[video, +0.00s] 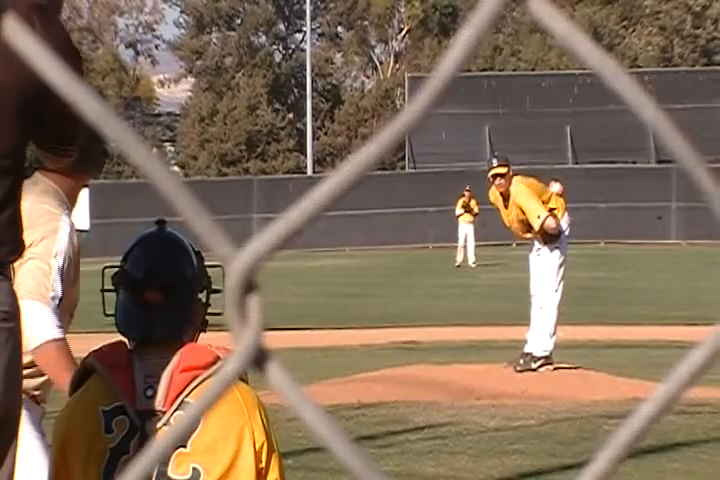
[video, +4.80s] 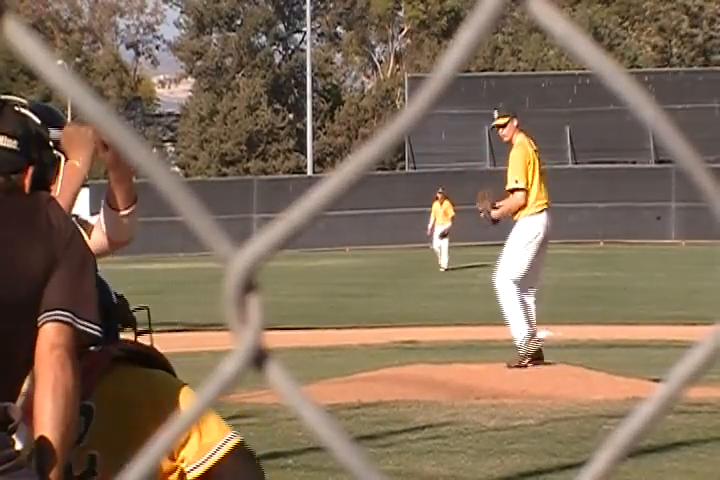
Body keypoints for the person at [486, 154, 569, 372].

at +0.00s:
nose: (499, 181)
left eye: (503, 176)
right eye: (495, 177)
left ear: (510, 175)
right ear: (490, 180)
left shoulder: (520, 190)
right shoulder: (495, 194)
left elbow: (551, 225)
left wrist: (557, 229)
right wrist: (548, 193)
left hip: (552, 238)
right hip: (536, 238)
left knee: (547, 295)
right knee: (536, 294)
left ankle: (542, 350)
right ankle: (532, 347)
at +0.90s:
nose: (490, 171)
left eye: (494, 166)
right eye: (487, 167)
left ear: (503, 165)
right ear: (484, 168)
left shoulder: (512, 182)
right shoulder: (495, 185)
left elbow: (533, 216)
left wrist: (540, 242)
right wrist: (558, 210)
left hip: (552, 225)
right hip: (535, 229)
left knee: (544, 288)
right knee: (523, 288)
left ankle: (543, 351)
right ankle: (530, 348)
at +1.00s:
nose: (491, 163)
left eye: (495, 158)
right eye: (487, 159)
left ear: (504, 158)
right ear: (484, 162)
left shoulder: (510, 175)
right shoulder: (496, 180)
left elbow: (525, 212)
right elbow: (510, 210)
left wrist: (529, 241)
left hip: (548, 226)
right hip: (531, 230)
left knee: (541, 285)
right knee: (519, 287)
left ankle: (542, 350)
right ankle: (528, 348)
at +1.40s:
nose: (504, 129)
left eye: (508, 124)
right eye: (500, 125)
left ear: (517, 125)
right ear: (498, 128)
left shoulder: (515, 150)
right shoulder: (520, 147)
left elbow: (512, 194)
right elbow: (516, 191)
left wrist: (495, 226)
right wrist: (498, 215)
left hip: (537, 214)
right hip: (544, 212)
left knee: (520, 276)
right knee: (529, 277)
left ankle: (531, 343)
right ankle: (531, 340)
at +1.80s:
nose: (512, 120)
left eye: (516, 116)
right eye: (508, 116)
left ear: (526, 117)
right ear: (507, 119)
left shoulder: (521, 143)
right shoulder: (524, 140)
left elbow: (515, 190)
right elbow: (516, 182)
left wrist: (489, 190)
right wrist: (494, 181)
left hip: (529, 216)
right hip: (530, 214)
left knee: (526, 282)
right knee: (526, 282)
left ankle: (534, 348)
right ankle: (533, 347)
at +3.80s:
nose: (511, 121)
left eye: (515, 115)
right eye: (508, 117)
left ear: (526, 115)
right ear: (507, 120)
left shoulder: (526, 144)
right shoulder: (526, 141)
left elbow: (529, 189)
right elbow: (522, 182)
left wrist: (508, 209)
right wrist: (504, 197)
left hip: (530, 215)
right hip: (528, 214)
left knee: (528, 282)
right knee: (525, 281)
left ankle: (535, 347)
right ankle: (532, 346)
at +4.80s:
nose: (500, 132)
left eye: (504, 126)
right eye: (498, 128)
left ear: (516, 123)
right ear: (499, 129)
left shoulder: (519, 148)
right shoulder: (526, 144)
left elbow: (520, 196)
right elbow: (525, 192)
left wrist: (498, 212)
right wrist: (502, 207)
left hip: (531, 217)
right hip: (539, 215)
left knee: (504, 278)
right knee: (526, 284)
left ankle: (526, 342)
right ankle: (532, 343)